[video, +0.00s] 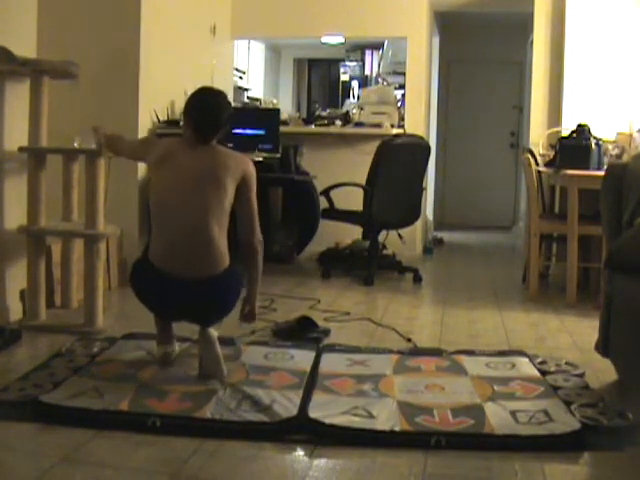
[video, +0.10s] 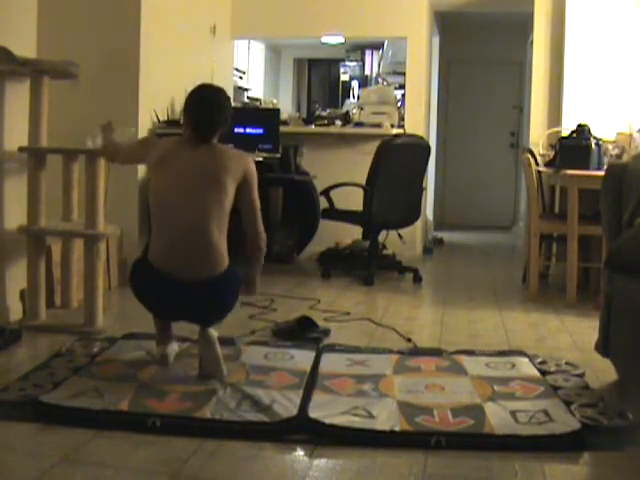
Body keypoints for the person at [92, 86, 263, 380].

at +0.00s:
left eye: (186, 116)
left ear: (185, 120)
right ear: (223, 127)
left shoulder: (159, 149)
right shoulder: (240, 165)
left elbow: (123, 147)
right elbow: (251, 242)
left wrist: (104, 138)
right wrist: (252, 298)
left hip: (159, 293)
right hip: (212, 299)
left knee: (145, 262)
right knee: (238, 271)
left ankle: (165, 340)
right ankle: (209, 334)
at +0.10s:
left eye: (189, 113)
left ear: (185, 117)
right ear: (224, 124)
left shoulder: (159, 149)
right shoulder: (241, 163)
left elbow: (117, 154)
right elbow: (256, 238)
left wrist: (107, 140)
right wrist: (253, 278)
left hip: (159, 292)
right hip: (211, 299)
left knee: (144, 265)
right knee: (228, 276)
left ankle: (164, 344)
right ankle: (209, 335)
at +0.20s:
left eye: (188, 110)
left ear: (185, 114)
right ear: (225, 122)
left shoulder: (158, 150)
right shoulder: (242, 162)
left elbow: (113, 165)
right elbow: (259, 232)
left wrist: (118, 138)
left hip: (161, 295)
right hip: (212, 300)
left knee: (150, 257)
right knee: (229, 275)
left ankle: (164, 343)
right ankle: (209, 335)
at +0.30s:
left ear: (183, 112)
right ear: (226, 118)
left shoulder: (157, 149)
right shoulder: (241, 159)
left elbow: (119, 181)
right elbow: (261, 215)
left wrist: (134, 150)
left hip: (162, 297)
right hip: (214, 301)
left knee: (148, 266)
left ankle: (164, 343)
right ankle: (208, 335)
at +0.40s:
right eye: (225, 111)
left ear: (182, 111)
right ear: (225, 118)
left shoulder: (156, 151)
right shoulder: (242, 155)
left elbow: (126, 196)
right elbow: (261, 198)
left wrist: (156, 170)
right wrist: (234, 171)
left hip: (163, 296)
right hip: (216, 301)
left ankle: (164, 345)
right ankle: (209, 335)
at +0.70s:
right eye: (226, 107)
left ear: (183, 112)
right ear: (226, 115)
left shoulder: (158, 153)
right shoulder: (245, 154)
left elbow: (134, 210)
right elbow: (269, 193)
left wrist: (165, 191)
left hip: (165, 302)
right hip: (218, 304)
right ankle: (212, 337)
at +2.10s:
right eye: (236, 111)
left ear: (190, 111)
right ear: (234, 116)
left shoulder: (163, 149)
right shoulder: (248, 160)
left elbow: (128, 181)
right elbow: (284, 201)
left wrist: (157, 153)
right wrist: (255, 146)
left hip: (163, 304)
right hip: (216, 307)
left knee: (154, 244)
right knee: (230, 277)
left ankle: (165, 344)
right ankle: (211, 340)